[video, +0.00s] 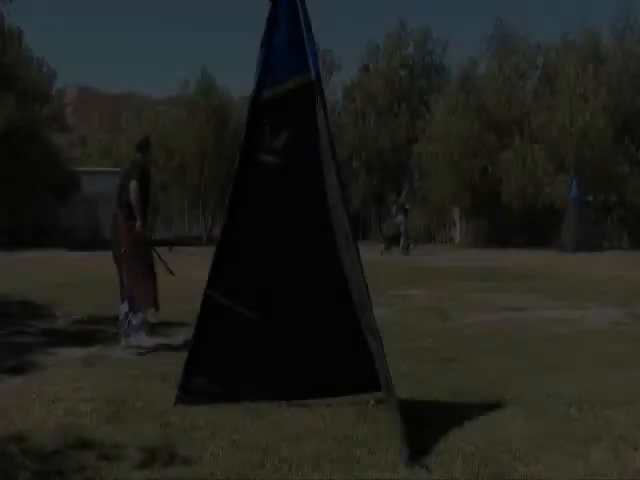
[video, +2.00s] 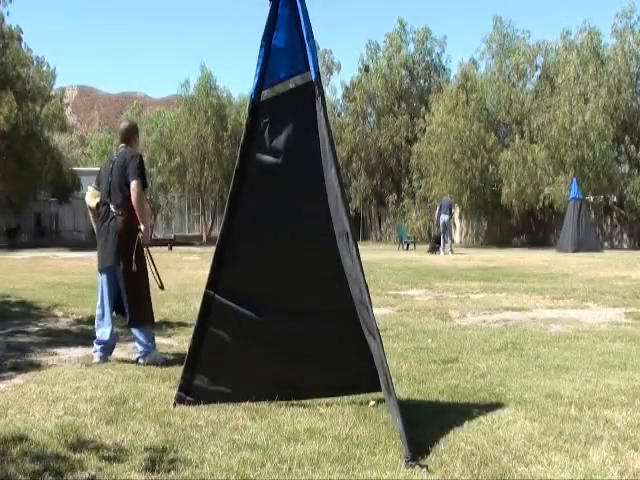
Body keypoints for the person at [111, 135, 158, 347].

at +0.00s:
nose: (153, 157)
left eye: (151, 152)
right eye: (152, 152)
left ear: (137, 150)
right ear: (148, 152)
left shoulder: (132, 169)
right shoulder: (138, 169)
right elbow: (134, 195)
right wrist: (140, 221)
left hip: (124, 233)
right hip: (131, 234)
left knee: (130, 278)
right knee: (138, 277)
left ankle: (128, 325)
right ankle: (135, 329)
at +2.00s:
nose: (140, 141)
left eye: (138, 137)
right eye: (139, 138)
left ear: (119, 139)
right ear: (136, 138)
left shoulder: (107, 163)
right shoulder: (133, 158)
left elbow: (92, 200)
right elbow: (136, 195)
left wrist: (100, 228)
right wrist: (145, 225)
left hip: (105, 234)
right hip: (125, 232)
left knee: (106, 295)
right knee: (135, 291)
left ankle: (101, 348)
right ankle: (146, 349)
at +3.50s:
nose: (145, 135)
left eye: (143, 132)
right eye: (144, 132)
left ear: (125, 135)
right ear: (140, 133)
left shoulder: (113, 160)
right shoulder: (144, 155)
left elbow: (99, 197)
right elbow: (149, 193)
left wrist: (105, 228)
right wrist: (156, 227)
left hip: (112, 230)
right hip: (134, 230)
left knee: (109, 294)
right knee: (138, 293)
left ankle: (102, 349)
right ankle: (144, 351)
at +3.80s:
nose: (145, 136)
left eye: (143, 132)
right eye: (145, 132)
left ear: (125, 135)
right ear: (141, 133)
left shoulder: (114, 159)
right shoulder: (144, 155)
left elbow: (99, 196)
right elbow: (149, 193)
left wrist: (105, 227)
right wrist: (156, 227)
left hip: (112, 230)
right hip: (134, 230)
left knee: (109, 294)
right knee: (138, 293)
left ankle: (102, 349)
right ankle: (144, 351)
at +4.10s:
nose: (146, 135)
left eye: (143, 132)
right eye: (145, 132)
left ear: (125, 134)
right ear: (141, 133)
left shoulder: (114, 159)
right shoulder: (143, 156)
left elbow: (98, 196)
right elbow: (148, 193)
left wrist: (105, 226)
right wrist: (155, 226)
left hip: (111, 229)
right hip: (133, 230)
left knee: (108, 294)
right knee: (138, 292)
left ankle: (101, 349)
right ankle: (144, 352)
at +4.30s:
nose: (145, 135)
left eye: (143, 132)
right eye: (145, 132)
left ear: (125, 134)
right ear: (141, 133)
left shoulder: (114, 159)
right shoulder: (143, 156)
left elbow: (98, 196)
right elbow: (148, 193)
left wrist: (105, 225)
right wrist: (154, 226)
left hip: (111, 230)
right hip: (133, 230)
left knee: (108, 293)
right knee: (137, 292)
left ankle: (101, 349)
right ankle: (144, 351)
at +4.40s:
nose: (146, 135)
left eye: (143, 131)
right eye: (145, 132)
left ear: (126, 134)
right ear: (141, 133)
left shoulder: (113, 159)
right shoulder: (143, 156)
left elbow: (99, 195)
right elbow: (148, 193)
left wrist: (105, 223)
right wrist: (154, 226)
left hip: (111, 229)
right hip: (133, 230)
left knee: (108, 293)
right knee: (137, 292)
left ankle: (101, 349)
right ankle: (144, 351)